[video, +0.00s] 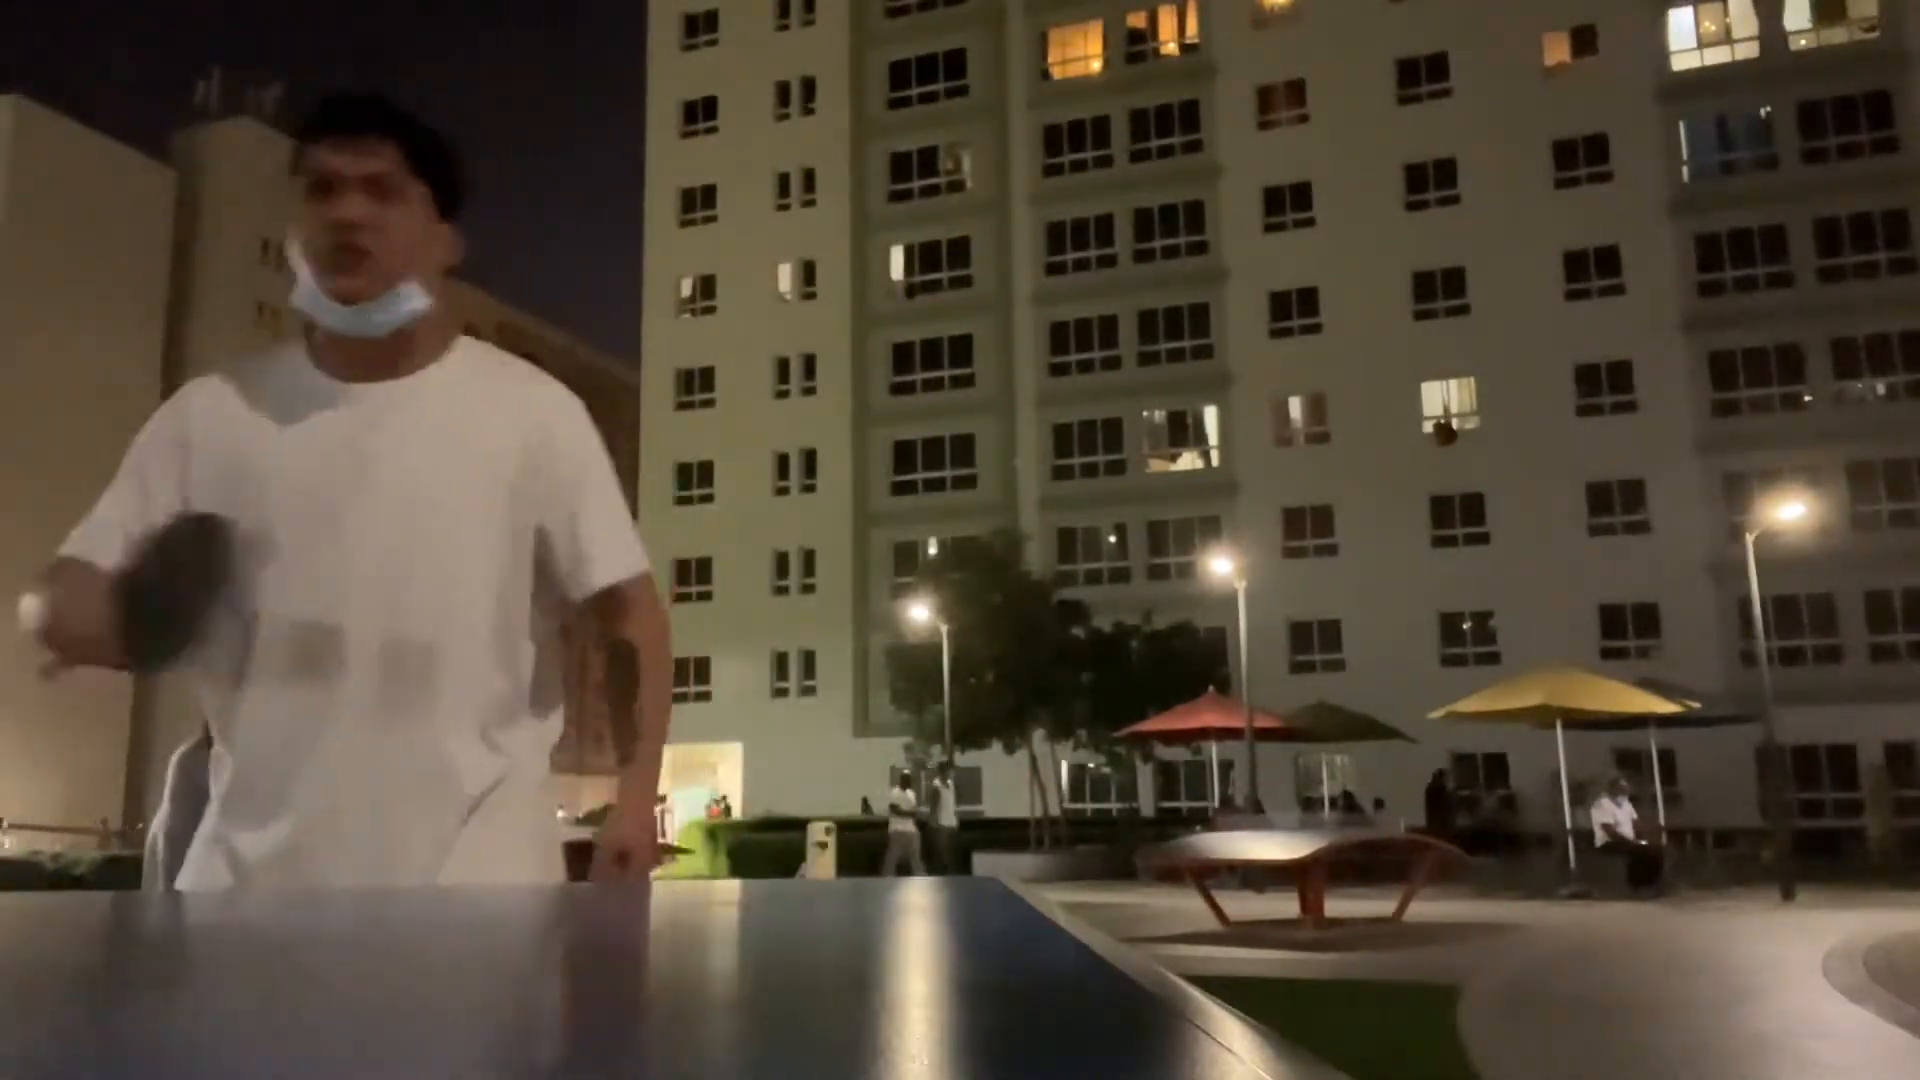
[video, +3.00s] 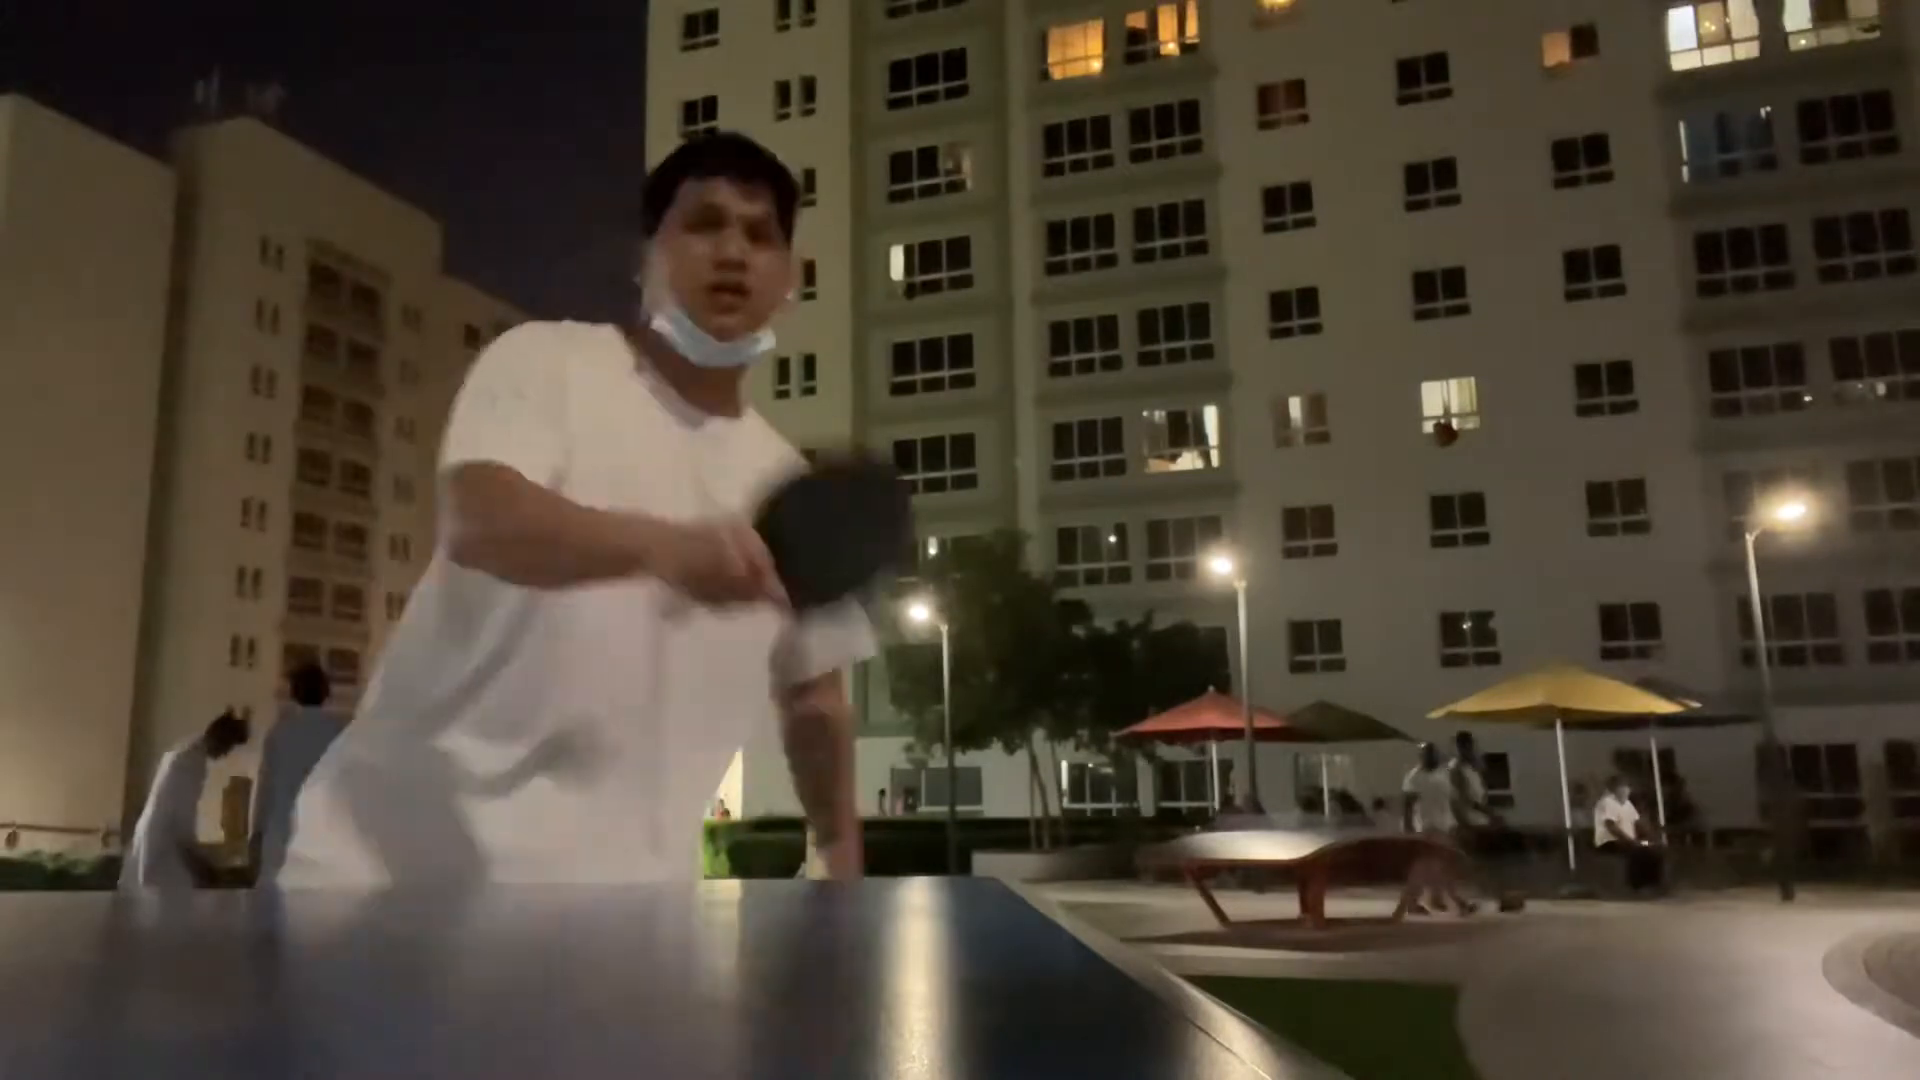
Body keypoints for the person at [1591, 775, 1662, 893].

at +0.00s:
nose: (1625, 790)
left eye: (1626, 787)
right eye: (1622, 787)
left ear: (1628, 788)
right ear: (1613, 788)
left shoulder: (1625, 802)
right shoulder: (1603, 804)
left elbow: (1635, 821)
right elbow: (1609, 829)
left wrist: (1646, 834)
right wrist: (1632, 842)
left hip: (1629, 839)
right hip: (1609, 842)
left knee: (1653, 850)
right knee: (1639, 852)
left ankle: (1650, 885)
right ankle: (1637, 887)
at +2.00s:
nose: (1629, 790)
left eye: (1629, 787)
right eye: (1626, 786)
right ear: (1617, 788)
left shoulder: (1626, 803)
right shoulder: (1608, 801)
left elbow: (1636, 823)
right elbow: (1612, 826)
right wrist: (1634, 841)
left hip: (1627, 839)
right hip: (1609, 841)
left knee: (1652, 852)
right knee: (1637, 854)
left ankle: (1651, 886)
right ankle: (1636, 888)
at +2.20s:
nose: (1631, 790)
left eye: (1631, 787)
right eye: (1627, 786)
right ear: (1619, 786)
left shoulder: (1626, 803)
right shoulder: (1610, 799)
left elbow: (1636, 822)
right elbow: (1613, 822)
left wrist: (1647, 835)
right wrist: (1633, 841)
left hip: (1627, 841)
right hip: (1611, 843)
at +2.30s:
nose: (1630, 790)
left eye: (1630, 786)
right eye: (1627, 786)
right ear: (1618, 786)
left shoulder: (1626, 803)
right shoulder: (1610, 799)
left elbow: (1636, 822)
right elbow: (1613, 822)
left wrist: (1646, 836)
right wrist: (1633, 841)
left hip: (1626, 842)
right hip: (1611, 843)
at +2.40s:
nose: (1630, 790)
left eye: (1630, 786)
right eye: (1626, 786)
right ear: (1618, 787)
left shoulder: (1626, 804)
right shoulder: (1608, 800)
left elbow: (1636, 822)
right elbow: (1612, 822)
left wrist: (1645, 836)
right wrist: (1632, 841)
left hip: (1627, 841)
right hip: (1610, 842)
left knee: (1652, 852)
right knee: (1641, 855)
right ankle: (1638, 888)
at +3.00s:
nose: (1626, 791)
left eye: (1627, 787)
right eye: (1622, 787)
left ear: (1629, 790)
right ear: (1614, 789)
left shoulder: (1626, 803)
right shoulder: (1607, 802)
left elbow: (1637, 821)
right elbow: (1610, 824)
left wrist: (1650, 835)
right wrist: (1631, 841)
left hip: (1629, 840)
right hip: (1609, 842)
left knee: (1653, 851)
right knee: (1637, 853)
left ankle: (1653, 885)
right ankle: (1637, 887)